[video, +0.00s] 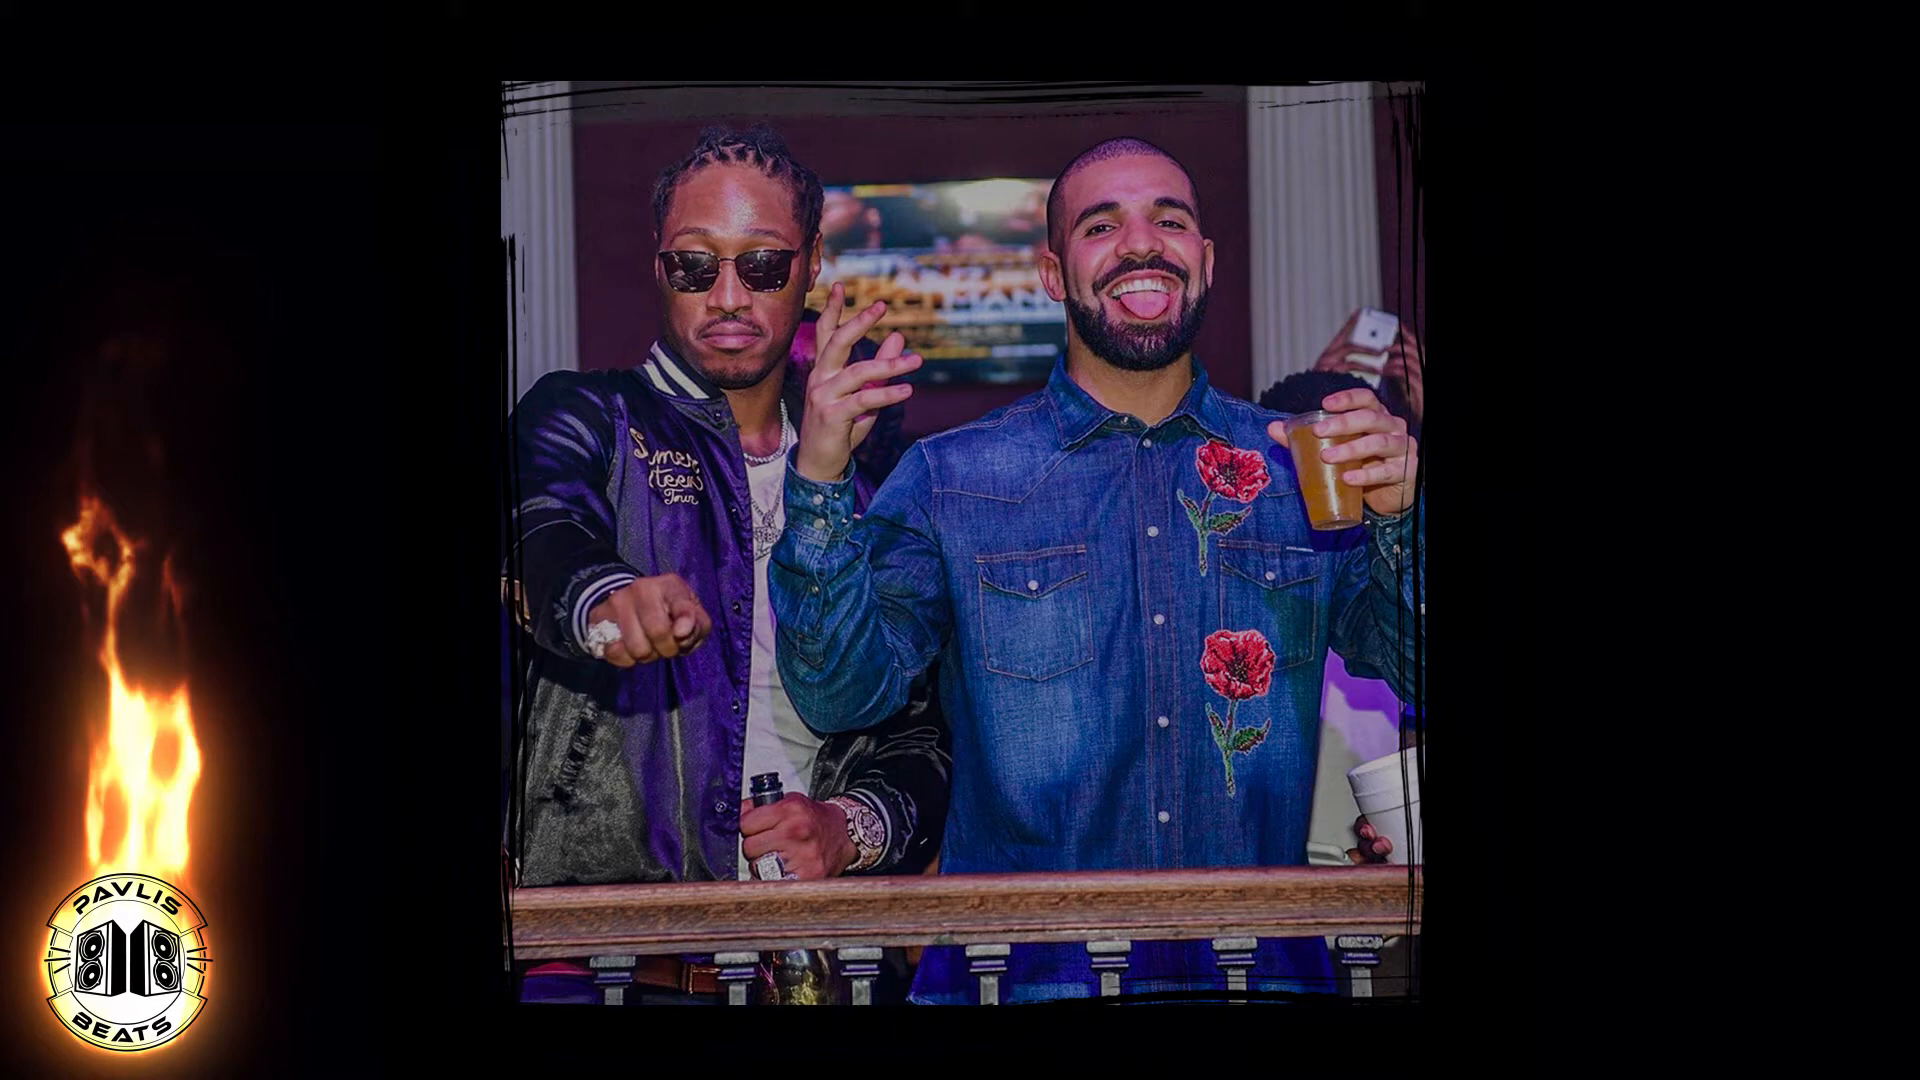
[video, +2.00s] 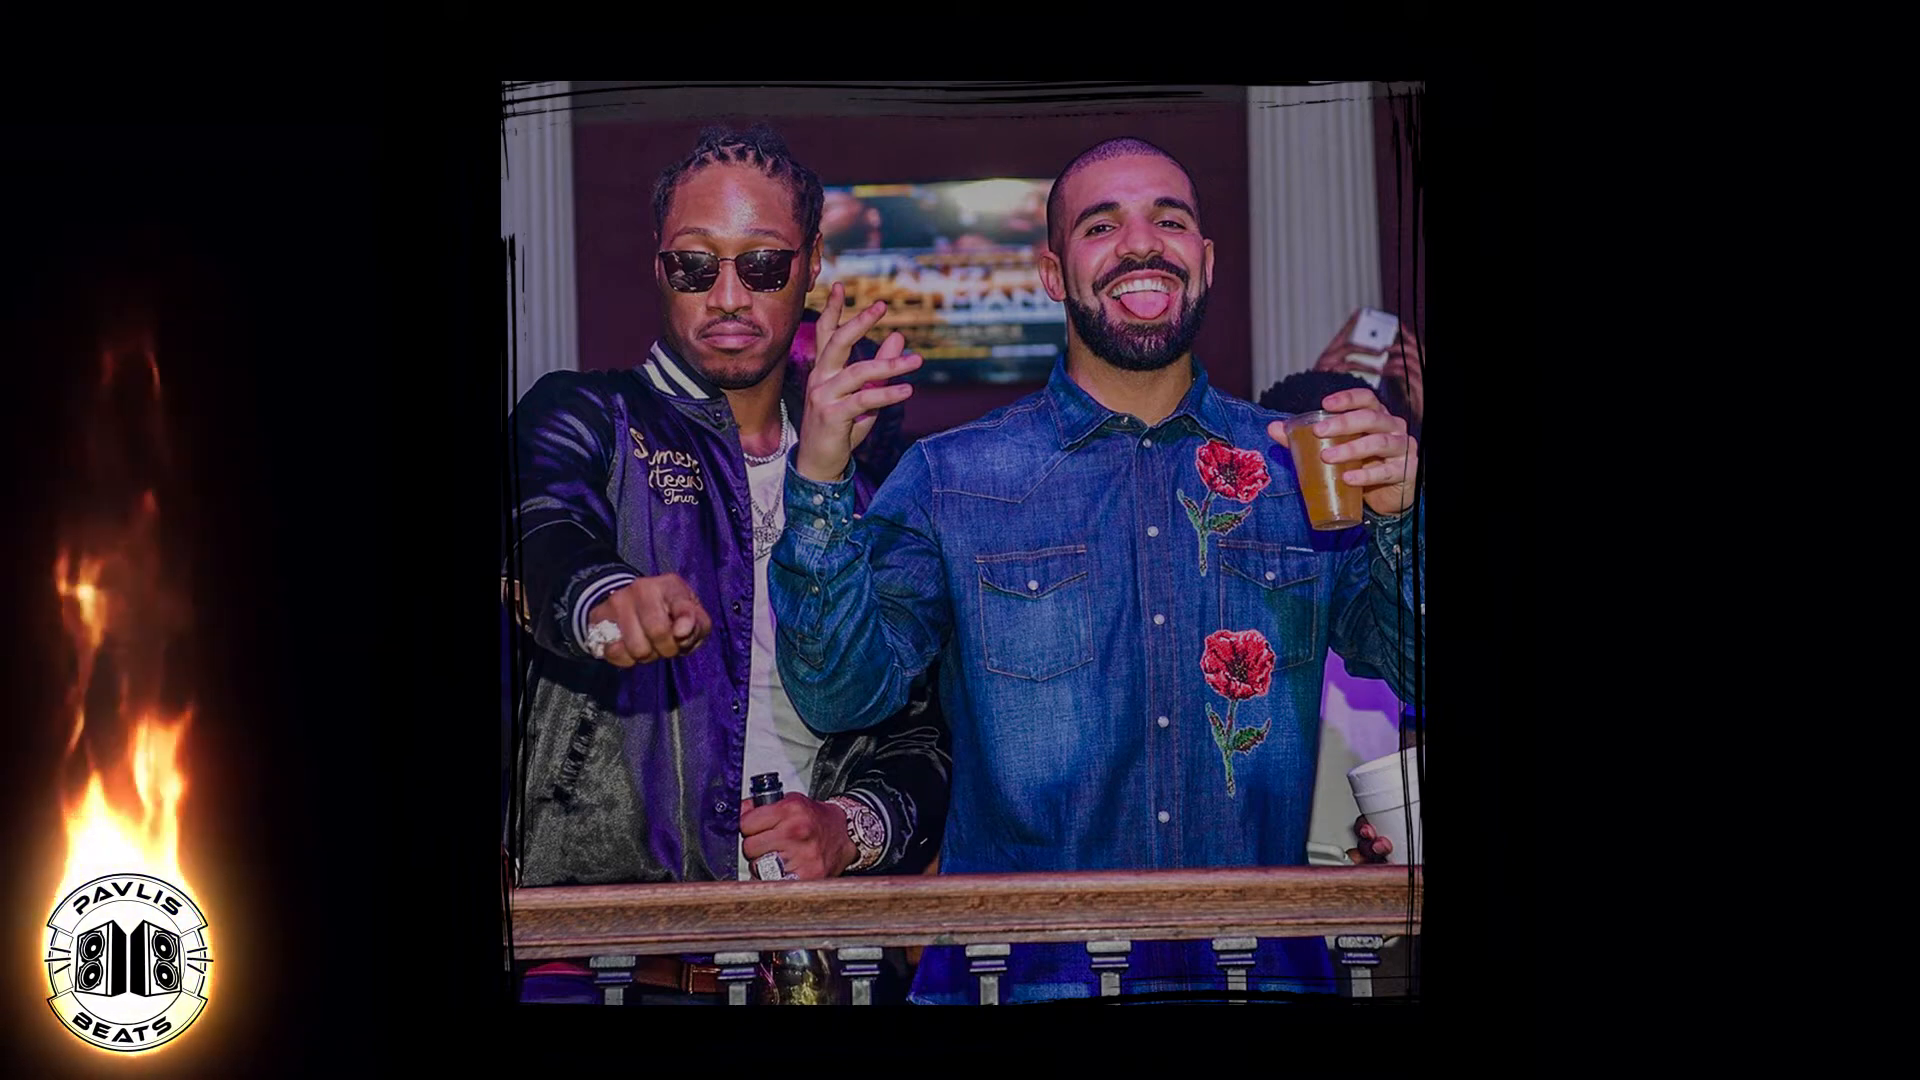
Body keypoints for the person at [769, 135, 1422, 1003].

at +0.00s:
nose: (1140, 243)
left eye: (1169, 219)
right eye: (1101, 225)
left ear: (1208, 258)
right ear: (1055, 272)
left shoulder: (1304, 470)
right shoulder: (945, 479)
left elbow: (1412, 673)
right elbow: (840, 693)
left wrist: (1402, 516)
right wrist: (818, 475)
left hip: (1254, 955)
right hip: (1020, 963)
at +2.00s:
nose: (1141, 243)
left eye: (1169, 219)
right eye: (1101, 225)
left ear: (1207, 258)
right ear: (1055, 272)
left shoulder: (1304, 469)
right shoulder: (945, 479)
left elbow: (1412, 673)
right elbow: (840, 693)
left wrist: (1402, 516)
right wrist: (818, 475)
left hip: (1255, 955)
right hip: (1021, 963)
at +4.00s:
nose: (1141, 243)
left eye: (1169, 219)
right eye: (1102, 225)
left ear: (1208, 258)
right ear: (1055, 272)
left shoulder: (1304, 469)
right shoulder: (945, 479)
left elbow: (1414, 674)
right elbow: (840, 693)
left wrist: (1402, 516)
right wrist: (819, 472)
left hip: (1255, 954)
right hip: (1021, 963)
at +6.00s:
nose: (1142, 242)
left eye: (1170, 219)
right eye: (1102, 225)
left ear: (1207, 259)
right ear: (1055, 273)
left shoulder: (1304, 469)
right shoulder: (945, 478)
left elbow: (1413, 673)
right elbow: (840, 692)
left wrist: (1402, 516)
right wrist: (818, 475)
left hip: (1255, 955)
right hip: (1022, 963)